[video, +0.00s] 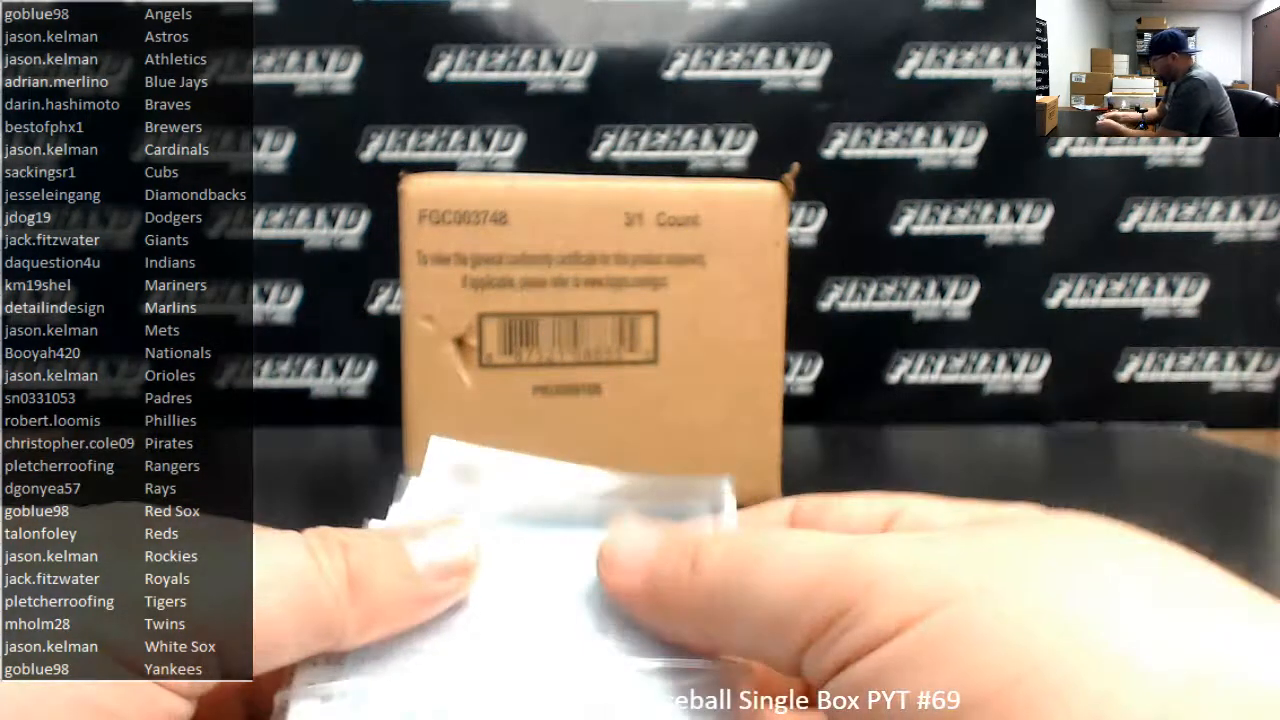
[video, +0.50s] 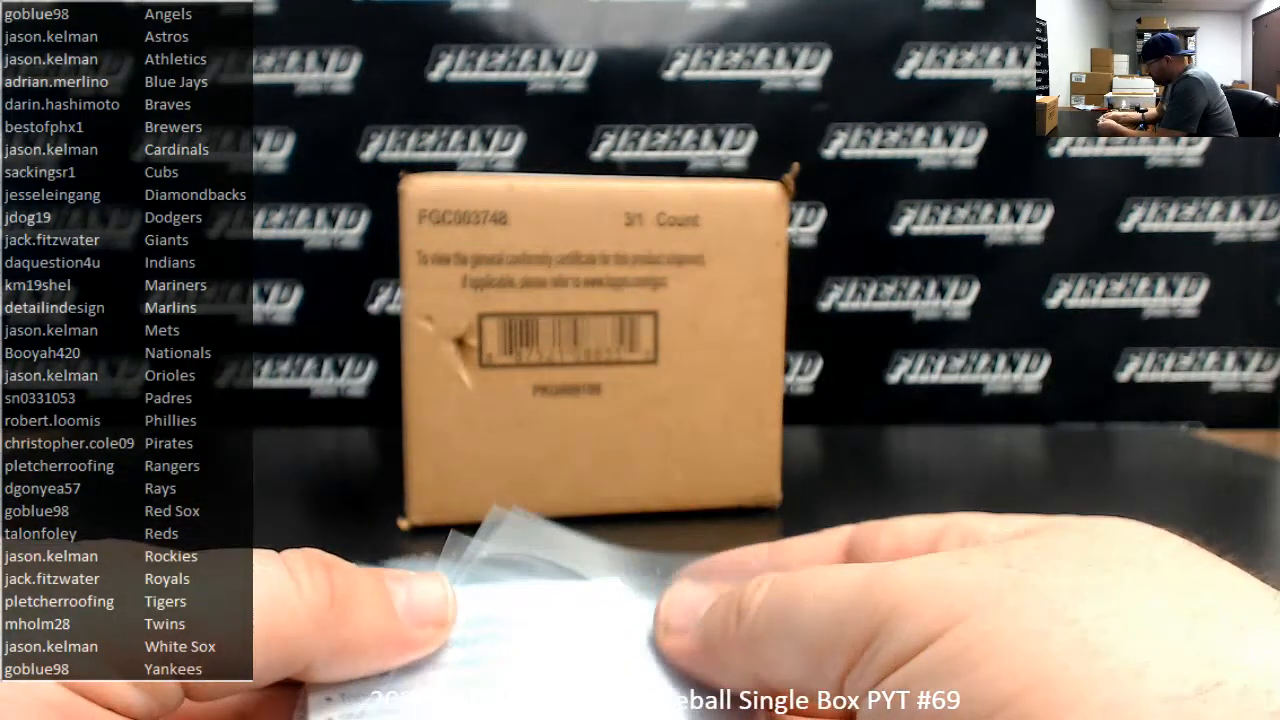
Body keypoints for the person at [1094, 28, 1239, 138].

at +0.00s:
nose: (1153, 69)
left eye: (1155, 61)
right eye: (1152, 62)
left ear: (1173, 58)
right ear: (1174, 58)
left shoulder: (1194, 84)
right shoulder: (1180, 80)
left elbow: (1164, 142)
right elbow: (1160, 114)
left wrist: (1118, 130)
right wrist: (1125, 117)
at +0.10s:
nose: (1151, 70)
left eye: (1152, 63)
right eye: (1149, 64)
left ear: (1169, 59)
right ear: (1170, 59)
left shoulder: (1192, 84)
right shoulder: (1178, 80)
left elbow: (1166, 141)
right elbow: (1159, 114)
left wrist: (1119, 130)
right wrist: (1124, 116)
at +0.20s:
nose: (1149, 71)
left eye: (1150, 65)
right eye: (1148, 66)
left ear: (1168, 59)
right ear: (1168, 59)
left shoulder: (1192, 83)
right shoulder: (1178, 80)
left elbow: (1167, 141)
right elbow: (1160, 113)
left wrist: (1119, 131)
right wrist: (1126, 117)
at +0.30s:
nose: (1149, 72)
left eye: (1150, 64)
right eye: (1148, 66)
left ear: (1167, 59)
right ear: (1167, 59)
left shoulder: (1191, 83)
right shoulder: (1177, 80)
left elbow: (1166, 141)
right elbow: (1160, 114)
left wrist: (1118, 131)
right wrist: (1125, 117)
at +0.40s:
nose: (1148, 71)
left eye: (1150, 65)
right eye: (1147, 66)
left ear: (1167, 60)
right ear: (1167, 60)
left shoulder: (1191, 83)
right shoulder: (1176, 80)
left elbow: (1166, 142)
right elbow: (1159, 113)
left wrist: (1117, 131)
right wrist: (1125, 117)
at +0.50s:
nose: (1148, 72)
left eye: (1149, 66)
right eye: (1147, 67)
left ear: (1166, 60)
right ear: (1167, 60)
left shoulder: (1191, 84)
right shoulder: (1176, 80)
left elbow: (1165, 142)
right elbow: (1160, 112)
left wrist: (1117, 131)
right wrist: (1127, 117)